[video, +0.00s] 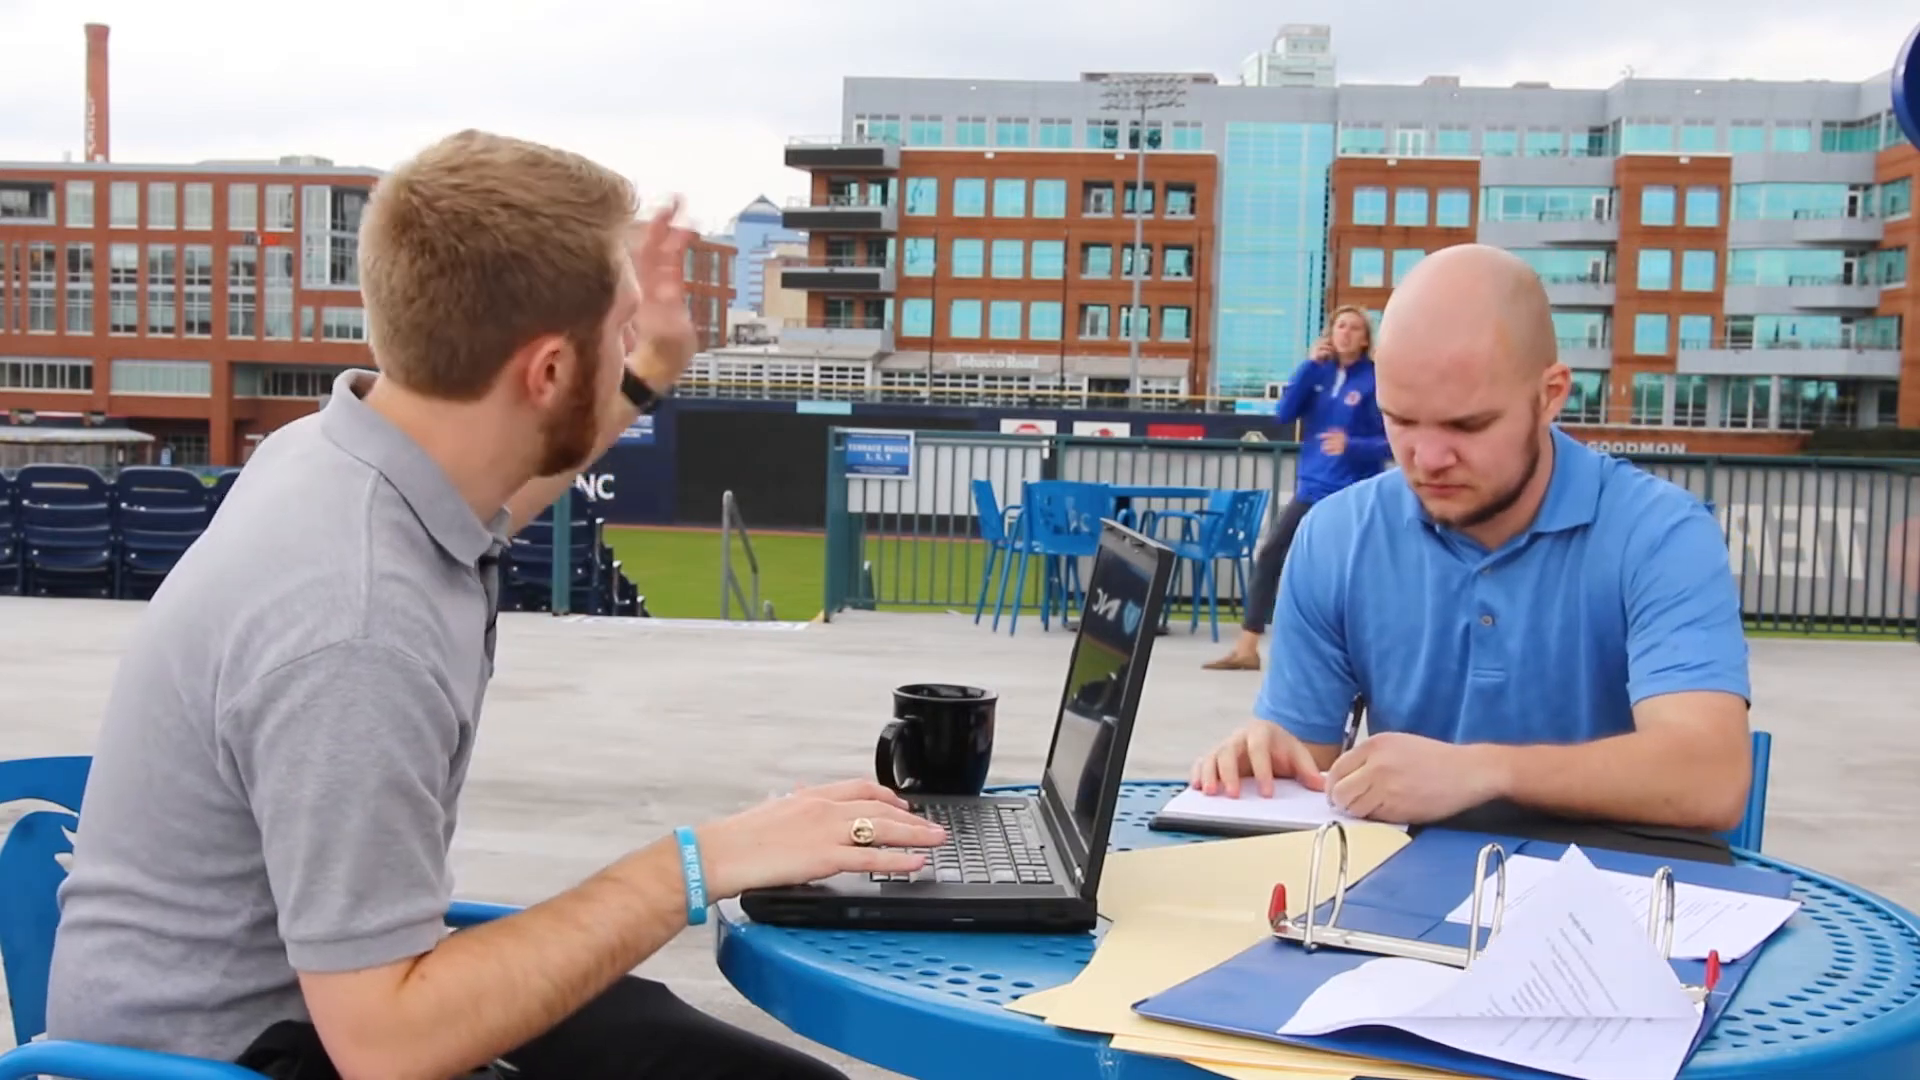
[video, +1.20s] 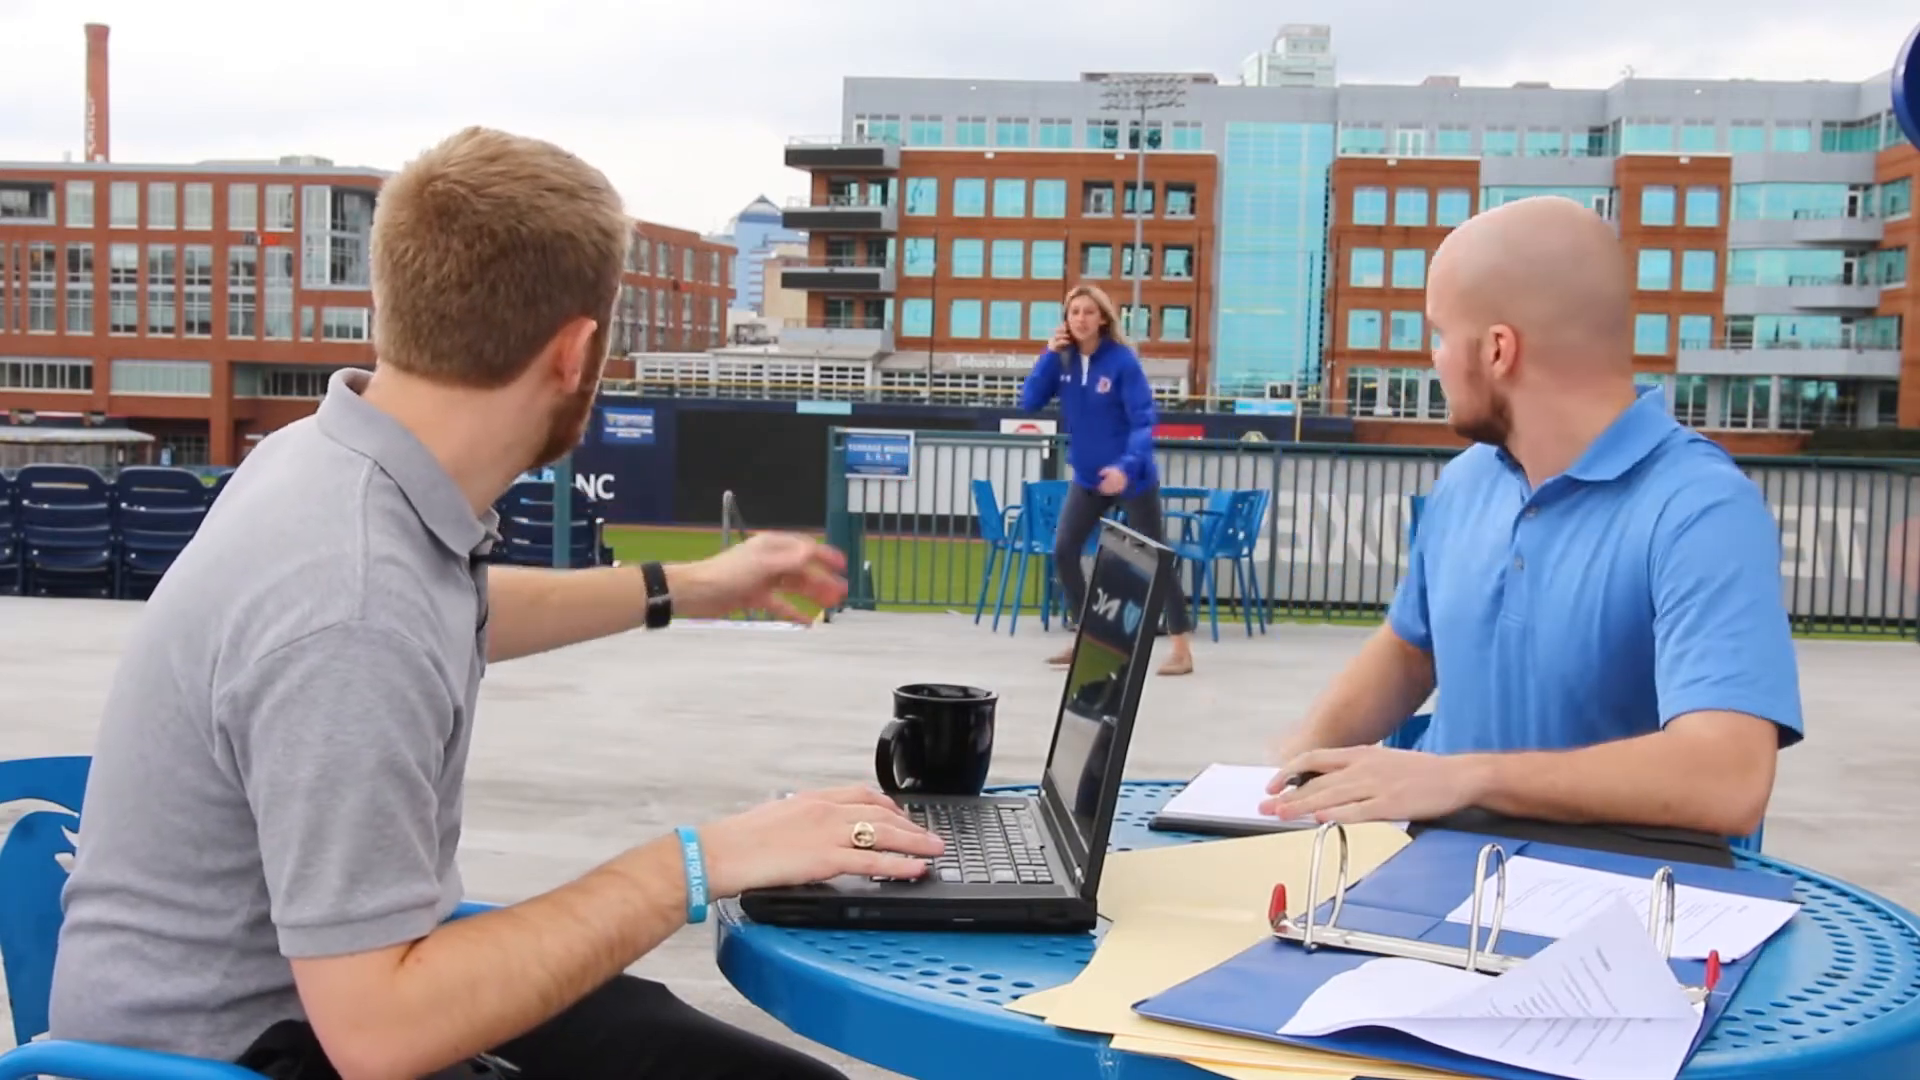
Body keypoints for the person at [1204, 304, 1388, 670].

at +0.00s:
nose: (1346, 333)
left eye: (1354, 328)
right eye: (1342, 327)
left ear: (1367, 337)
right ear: (1331, 332)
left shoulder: (1377, 377)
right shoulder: (1317, 371)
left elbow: (1392, 443)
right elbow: (1285, 413)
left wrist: (1351, 445)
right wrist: (1311, 365)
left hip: (1358, 496)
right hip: (1311, 493)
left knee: (1360, 568)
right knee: (1272, 555)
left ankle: (1362, 666)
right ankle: (1247, 644)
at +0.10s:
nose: (1305, 328)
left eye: (1313, 322)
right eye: (1300, 321)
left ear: (1325, 332)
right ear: (1289, 329)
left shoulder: (1338, 380)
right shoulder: (1275, 368)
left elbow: (1346, 446)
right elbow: (1241, 413)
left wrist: (1316, 488)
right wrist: (1269, 363)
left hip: (1302, 489)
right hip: (1264, 482)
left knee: (1249, 548)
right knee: (1229, 551)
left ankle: (1262, 636)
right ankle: (1243, 641)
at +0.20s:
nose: (1270, 322)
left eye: (1277, 316)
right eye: (1264, 315)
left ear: (1289, 325)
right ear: (1252, 321)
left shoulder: (1302, 374)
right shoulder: (1239, 361)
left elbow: (1312, 442)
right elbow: (1207, 403)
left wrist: (1320, 503)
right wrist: (1235, 354)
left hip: (1270, 482)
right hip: (1229, 474)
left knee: (1224, 551)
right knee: (1192, 546)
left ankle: (1196, 646)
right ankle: (1223, 627)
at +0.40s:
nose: (1212, 320)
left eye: (1220, 316)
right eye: (1206, 314)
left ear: (1230, 326)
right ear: (1194, 321)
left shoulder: (1241, 373)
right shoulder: (1175, 359)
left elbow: (1265, 429)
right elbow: (1141, 400)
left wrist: (1283, 480)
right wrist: (1174, 352)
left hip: (1213, 482)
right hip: (1167, 476)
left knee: (1179, 549)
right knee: (1139, 547)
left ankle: (1184, 650)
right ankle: (1129, 640)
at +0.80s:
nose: (1153, 308)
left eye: (1161, 302)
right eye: (1147, 301)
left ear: (1171, 311)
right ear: (1135, 307)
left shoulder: (1186, 356)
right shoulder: (1116, 346)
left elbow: (1212, 415)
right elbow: (1085, 391)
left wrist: (1236, 470)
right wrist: (1115, 340)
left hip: (1171, 473)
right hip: (1123, 470)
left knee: (1171, 555)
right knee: (1113, 555)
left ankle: (1181, 647)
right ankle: (1109, 643)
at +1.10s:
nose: (1107, 314)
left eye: (1114, 307)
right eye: (1101, 307)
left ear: (1128, 313)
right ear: (1092, 313)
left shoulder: (1146, 355)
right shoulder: (1083, 353)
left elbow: (1177, 411)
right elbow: (1050, 398)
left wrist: (1188, 465)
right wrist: (1075, 348)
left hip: (1148, 476)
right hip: (1101, 474)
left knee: (1164, 557)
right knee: (1085, 551)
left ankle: (1182, 646)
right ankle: (1102, 637)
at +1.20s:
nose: (1082, 319)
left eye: (1090, 312)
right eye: (1075, 312)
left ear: (1103, 317)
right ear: (1066, 318)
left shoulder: (1122, 361)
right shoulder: (1063, 359)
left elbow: (1144, 422)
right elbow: (1029, 402)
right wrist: (1051, 354)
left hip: (1134, 477)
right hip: (1087, 477)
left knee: (1156, 556)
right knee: (1064, 550)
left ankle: (1180, 644)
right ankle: (1087, 637)